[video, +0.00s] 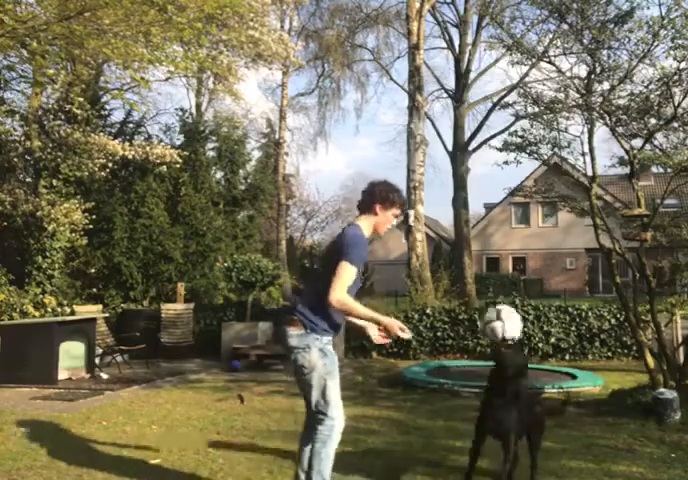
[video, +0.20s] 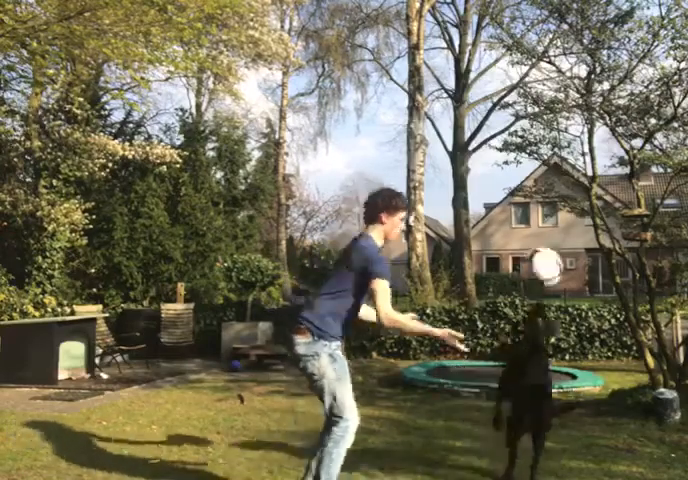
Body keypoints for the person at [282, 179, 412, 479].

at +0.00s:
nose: (393, 224)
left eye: (396, 218)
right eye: (394, 216)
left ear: (375, 209)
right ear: (377, 208)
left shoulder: (349, 237)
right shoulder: (356, 240)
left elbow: (332, 300)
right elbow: (336, 297)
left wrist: (366, 326)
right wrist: (382, 319)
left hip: (309, 333)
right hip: (310, 335)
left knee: (319, 416)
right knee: (331, 419)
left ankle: (306, 474)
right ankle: (318, 475)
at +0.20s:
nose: (401, 228)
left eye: (403, 221)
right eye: (400, 220)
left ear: (378, 216)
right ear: (384, 217)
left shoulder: (357, 248)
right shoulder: (374, 255)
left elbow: (356, 310)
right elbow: (387, 317)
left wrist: (400, 319)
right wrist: (439, 333)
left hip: (313, 339)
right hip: (319, 342)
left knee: (339, 417)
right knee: (346, 419)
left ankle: (314, 474)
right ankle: (323, 475)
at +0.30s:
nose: (413, 237)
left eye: (412, 230)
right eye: (409, 229)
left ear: (387, 230)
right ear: (389, 230)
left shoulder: (363, 261)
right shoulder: (383, 265)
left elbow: (368, 314)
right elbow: (425, 323)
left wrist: (416, 321)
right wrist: (476, 339)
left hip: (310, 347)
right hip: (323, 350)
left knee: (340, 421)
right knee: (367, 418)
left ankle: (314, 475)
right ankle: (333, 475)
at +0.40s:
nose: (427, 254)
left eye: (427, 247)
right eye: (423, 247)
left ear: (398, 248)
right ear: (404, 248)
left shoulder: (370, 275)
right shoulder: (394, 281)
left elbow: (387, 325)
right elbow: (458, 326)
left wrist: (437, 327)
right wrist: (514, 340)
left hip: (313, 354)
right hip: (331, 356)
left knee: (351, 422)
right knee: (392, 411)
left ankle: (313, 475)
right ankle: (374, 474)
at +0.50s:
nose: (450, 272)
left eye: (449, 264)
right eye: (446, 264)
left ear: (423, 266)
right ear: (425, 265)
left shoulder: (399, 291)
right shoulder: (417, 297)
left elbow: (410, 335)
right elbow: (481, 336)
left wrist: (456, 337)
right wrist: (542, 348)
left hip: (329, 362)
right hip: (345, 363)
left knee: (360, 433)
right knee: (418, 411)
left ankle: (322, 474)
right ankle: (429, 475)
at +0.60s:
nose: (480, 291)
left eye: (481, 284)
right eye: (478, 284)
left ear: (453, 281)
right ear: (457, 282)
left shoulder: (425, 304)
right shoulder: (445, 310)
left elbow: (443, 348)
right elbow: (510, 354)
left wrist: (494, 351)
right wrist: (566, 366)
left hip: (355, 376)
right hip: (377, 379)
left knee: (373, 448)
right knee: (451, 421)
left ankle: (330, 476)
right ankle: (481, 474)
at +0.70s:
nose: (525, 309)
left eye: (526, 301)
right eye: (523, 301)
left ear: (497, 296)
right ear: (502, 298)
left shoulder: (466, 316)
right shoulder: (488, 326)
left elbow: (470, 361)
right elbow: (547, 379)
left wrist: (521, 367)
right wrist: (612, 397)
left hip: (391, 390)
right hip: (412, 395)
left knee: (383, 455)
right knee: (493, 439)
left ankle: (337, 475)